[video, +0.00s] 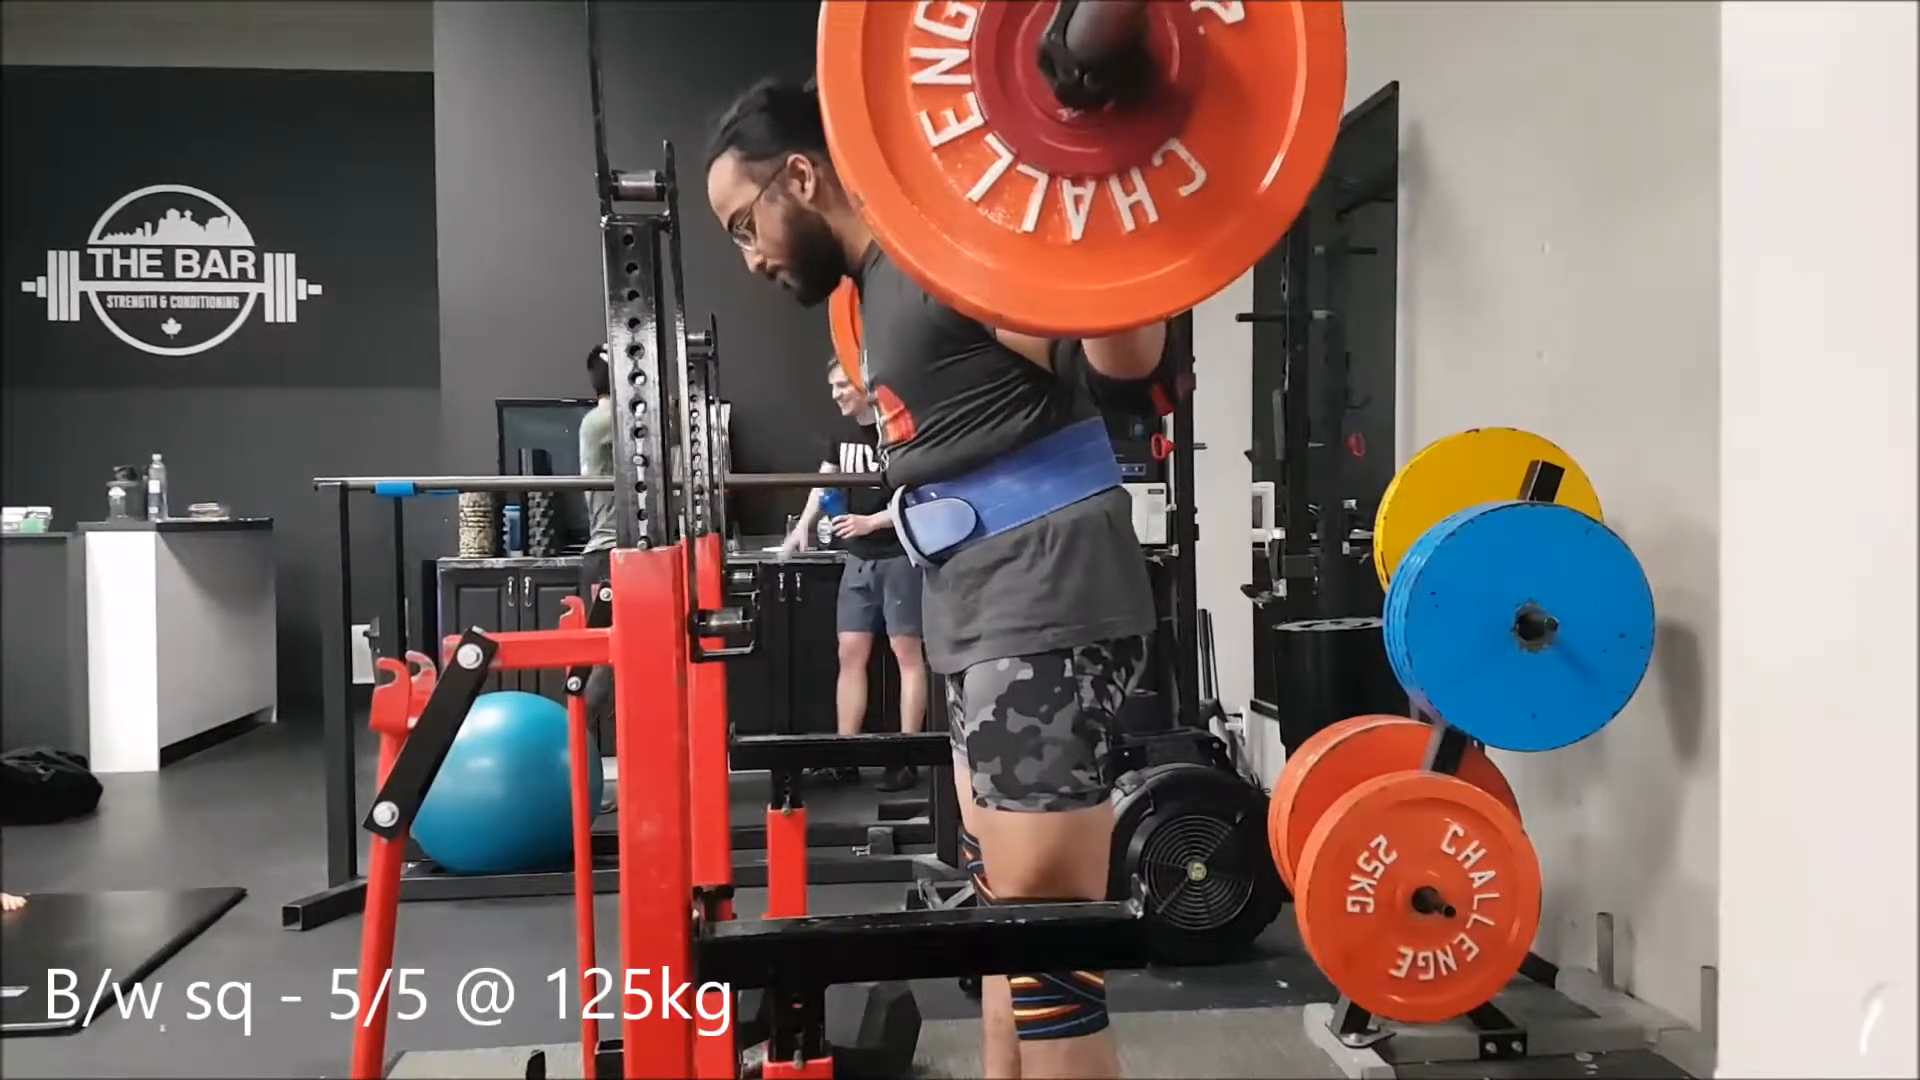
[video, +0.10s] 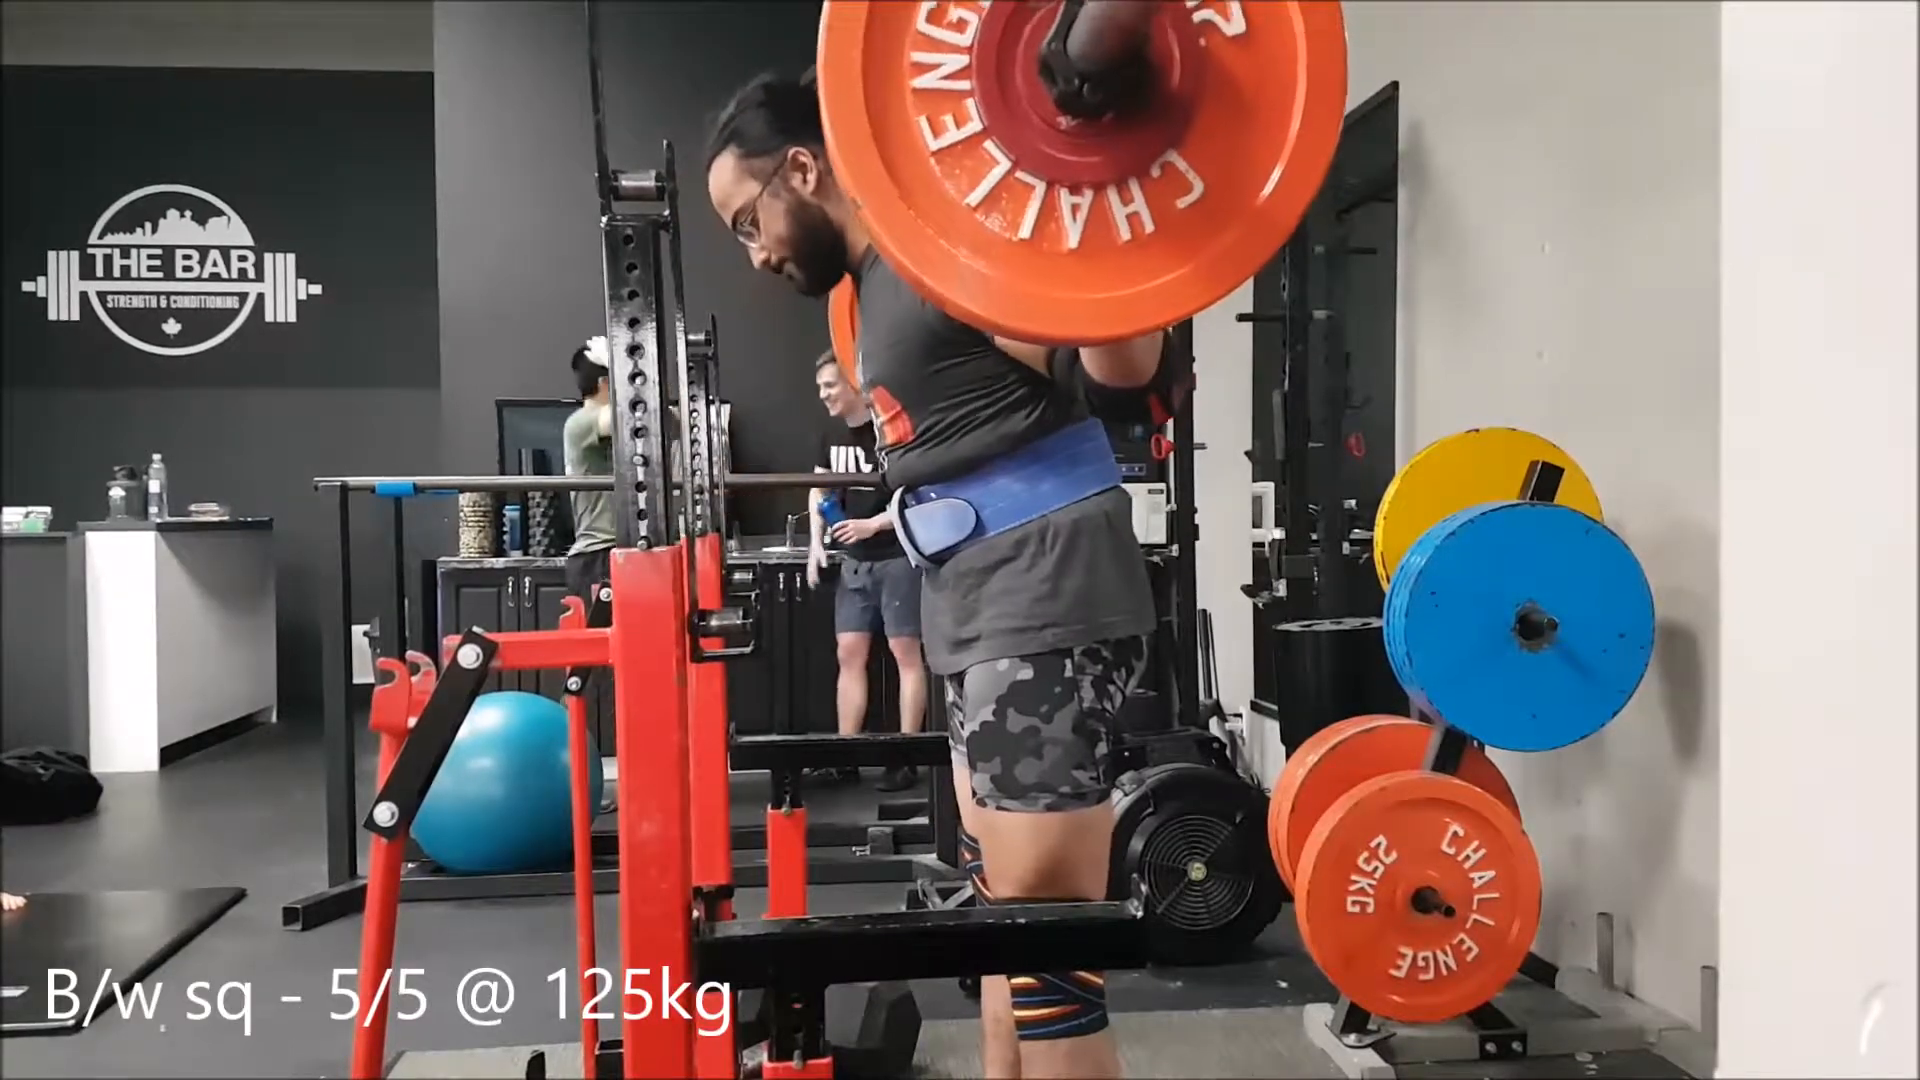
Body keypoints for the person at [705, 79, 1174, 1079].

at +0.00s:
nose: (750, 256)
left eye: (747, 222)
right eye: (735, 236)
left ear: (805, 172)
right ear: (803, 182)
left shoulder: (934, 237)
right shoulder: (872, 283)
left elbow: (1119, 350)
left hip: (1047, 584)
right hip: (978, 593)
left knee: (1043, 933)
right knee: (1005, 925)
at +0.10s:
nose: (754, 252)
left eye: (750, 218)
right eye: (739, 234)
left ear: (806, 165)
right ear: (799, 177)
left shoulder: (935, 233)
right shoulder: (868, 285)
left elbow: (1122, 363)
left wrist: (1136, 198)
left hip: (1046, 586)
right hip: (973, 592)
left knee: (1043, 938)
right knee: (998, 926)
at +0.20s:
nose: (756, 248)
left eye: (751, 215)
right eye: (740, 231)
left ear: (808, 160)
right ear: (803, 170)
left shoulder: (936, 233)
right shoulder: (871, 279)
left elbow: (1120, 368)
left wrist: (1126, 202)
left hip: (1042, 576)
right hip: (974, 583)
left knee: (1041, 934)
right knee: (998, 921)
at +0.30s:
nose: (757, 248)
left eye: (751, 214)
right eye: (740, 230)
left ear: (806, 158)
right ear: (801, 169)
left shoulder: (930, 235)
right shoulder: (867, 283)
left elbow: (1118, 368)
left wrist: (1135, 213)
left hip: (1042, 575)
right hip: (973, 585)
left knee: (1040, 930)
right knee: (998, 916)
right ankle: (1007, 1079)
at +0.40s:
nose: (754, 247)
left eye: (750, 213)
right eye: (739, 229)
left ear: (806, 159)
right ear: (800, 169)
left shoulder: (931, 237)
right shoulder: (861, 289)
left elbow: (1120, 365)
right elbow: (943, 454)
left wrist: (1136, 190)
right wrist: (858, 512)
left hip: (1042, 572)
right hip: (972, 583)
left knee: (1029, 928)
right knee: (988, 912)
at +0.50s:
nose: (752, 254)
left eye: (748, 220)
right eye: (737, 236)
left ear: (804, 164)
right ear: (799, 175)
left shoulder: (930, 241)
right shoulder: (862, 293)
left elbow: (1119, 371)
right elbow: (934, 456)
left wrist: (1134, 203)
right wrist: (834, 512)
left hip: (1046, 577)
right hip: (972, 592)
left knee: (1002, 931)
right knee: (969, 902)